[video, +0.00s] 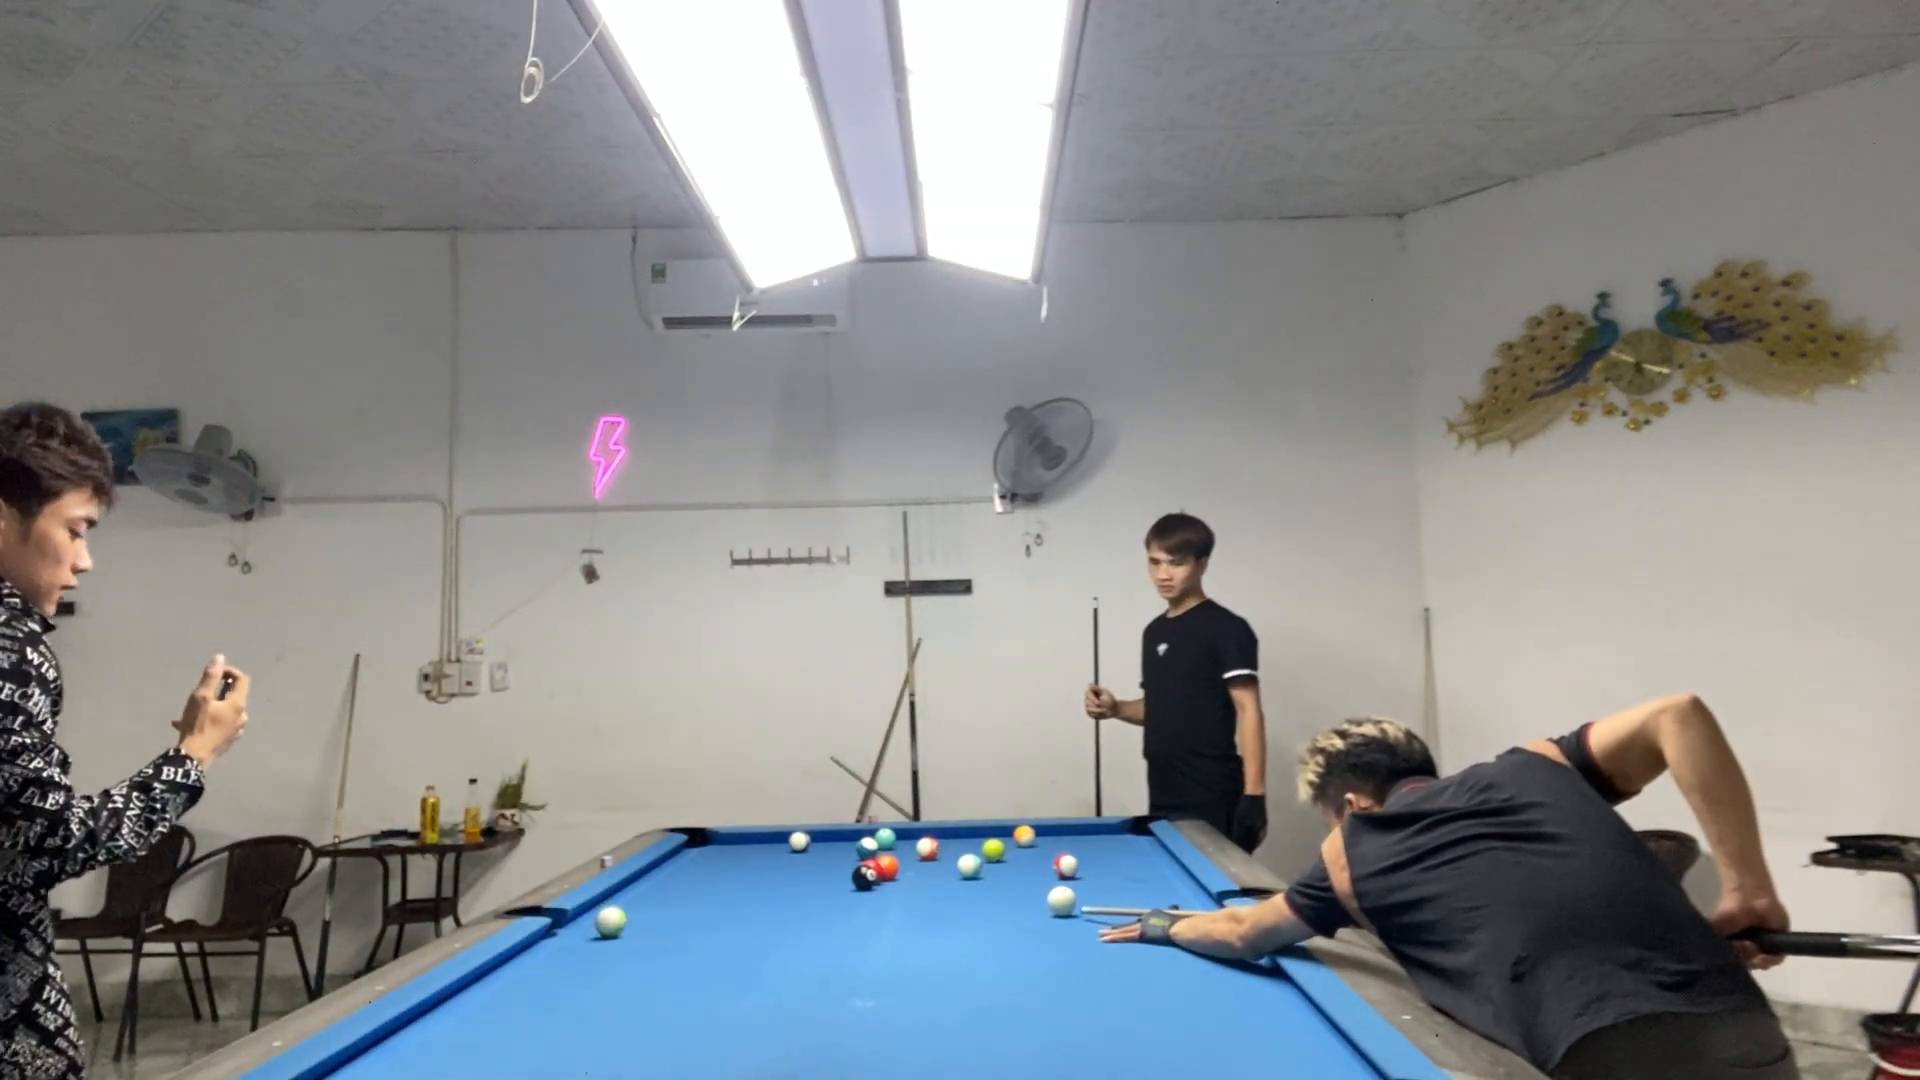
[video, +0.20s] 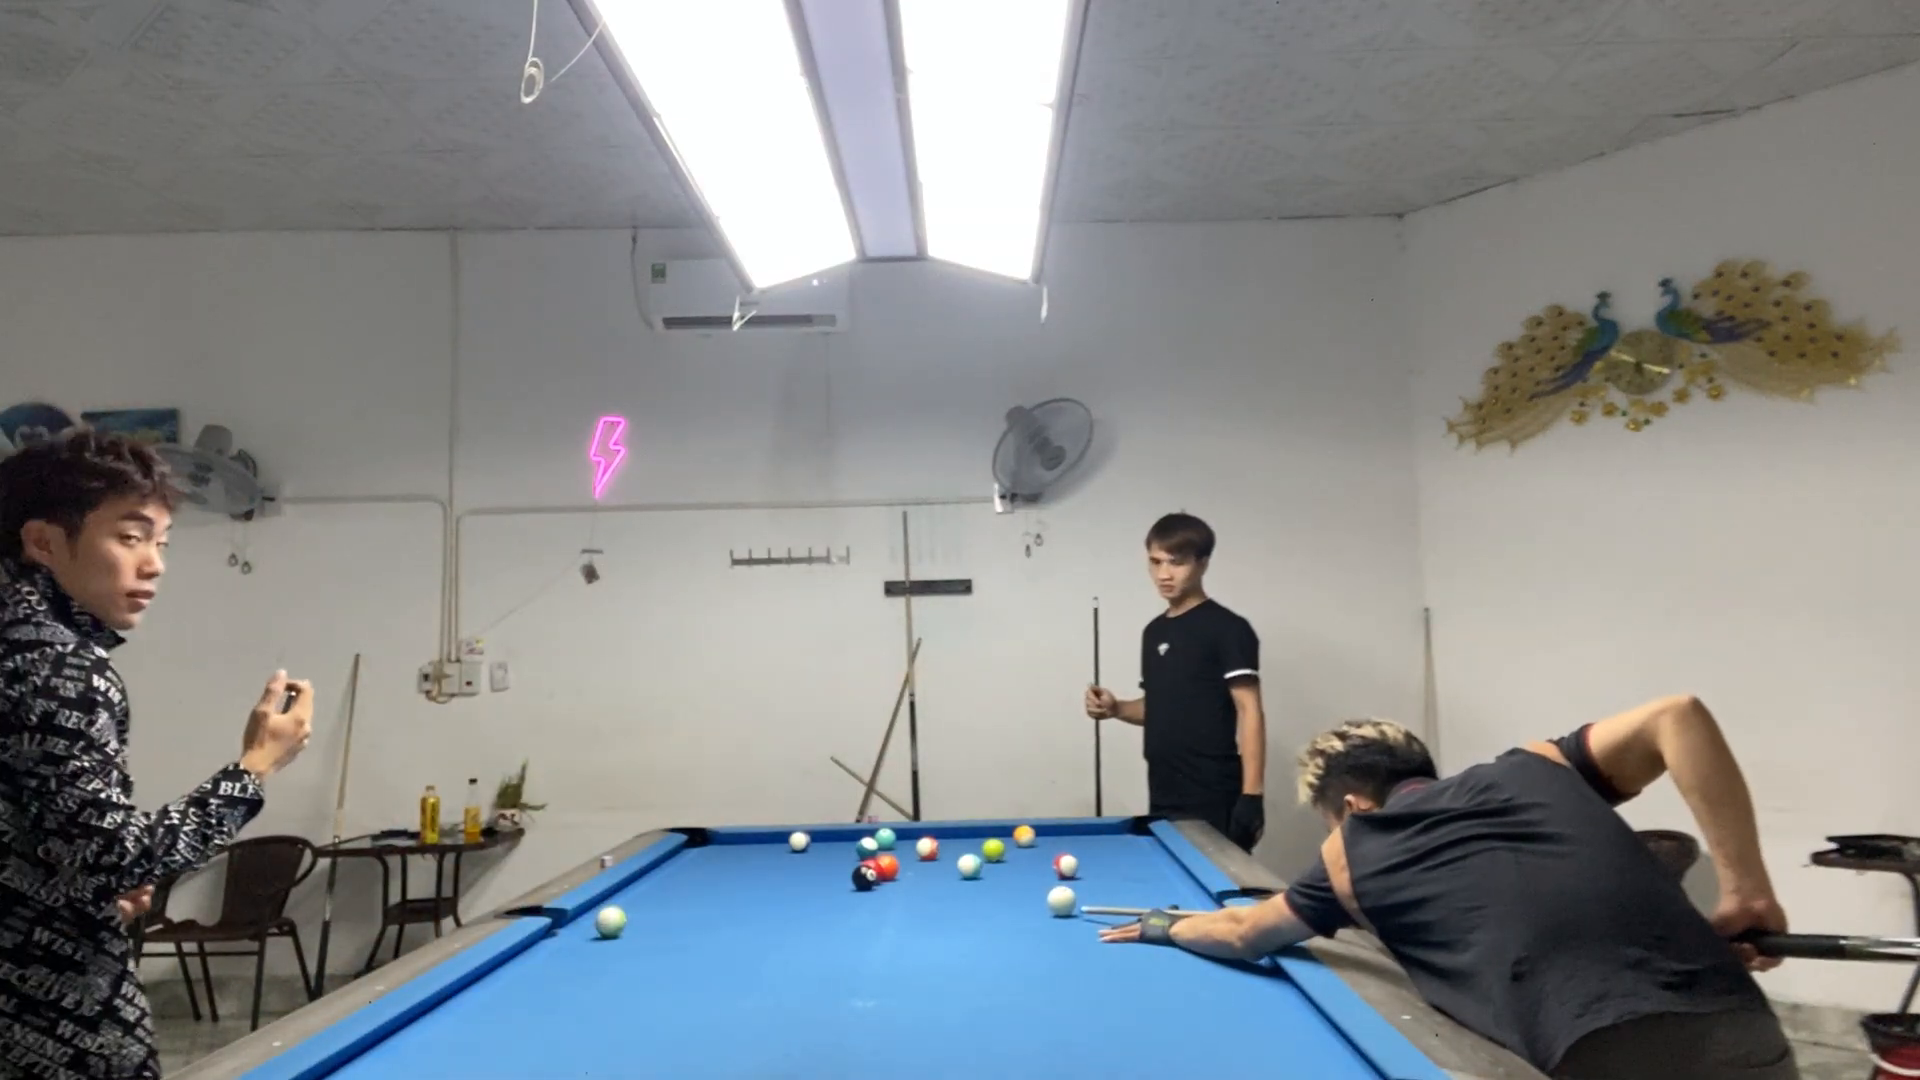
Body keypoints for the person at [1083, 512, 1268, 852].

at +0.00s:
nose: (1163, 574)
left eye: (1176, 563)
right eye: (1155, 563)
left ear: (1201, 564)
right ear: (1147, 564)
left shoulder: (1229, 630)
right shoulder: (1154, 633)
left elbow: (1249, 711)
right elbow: (1161, 710)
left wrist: (1254, 794)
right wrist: (1117, 708)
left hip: (1214, 800)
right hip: (1164, 797)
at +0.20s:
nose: (1164, 574)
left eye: (1176, 563)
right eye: (1156, 563)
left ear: (1202, 564)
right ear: (1148, 564)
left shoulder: (1230, 630)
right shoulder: (1154, 632)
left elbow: (1249, 711)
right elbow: (1160, 710)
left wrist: (1252, 794)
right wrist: (1117, 708)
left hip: (1215, 801)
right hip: (1165, 798)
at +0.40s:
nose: (1164, 573)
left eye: (1177, 562)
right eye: (1157, 562)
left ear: (1203, 564)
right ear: (1149, 562)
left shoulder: (1230, 630)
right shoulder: (1155, 632)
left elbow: (1249, 712)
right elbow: (1159, 709)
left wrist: (1247, 794)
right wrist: (1117, 708)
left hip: (1216, 801)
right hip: (1165, 798)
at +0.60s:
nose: (1164, 572)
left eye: (1177, 561)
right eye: (1157, 561)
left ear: (1203, 564)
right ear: (1149, 562)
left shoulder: (1230, 630)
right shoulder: (1156, 633)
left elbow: (1249, 713)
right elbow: (1160, 709)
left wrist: (1246, 795)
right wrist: (1117, 708)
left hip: (1214, 802)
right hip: (1165, 799)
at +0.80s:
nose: (1164, 572)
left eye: (1177, 561)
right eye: (1157, 561)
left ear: (1204, 564)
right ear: (1150, 563)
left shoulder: (1231, 630)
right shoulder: (1158, 633)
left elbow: (1249, 713)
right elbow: (1161, 710)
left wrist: (1248, 795)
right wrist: (1118, 708)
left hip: (1214, 801)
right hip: (1165, 798)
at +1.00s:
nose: (1165, 572)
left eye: (1178, 561)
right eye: (1158, 561)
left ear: (1205, 564)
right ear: (1151, 562)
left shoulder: (1231, 630)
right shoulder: (1159, 633)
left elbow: (1249, 713)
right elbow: (1161, 710)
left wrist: (1248, 796)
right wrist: (1119, 708)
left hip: (1214, 802)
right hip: (1165, 798)